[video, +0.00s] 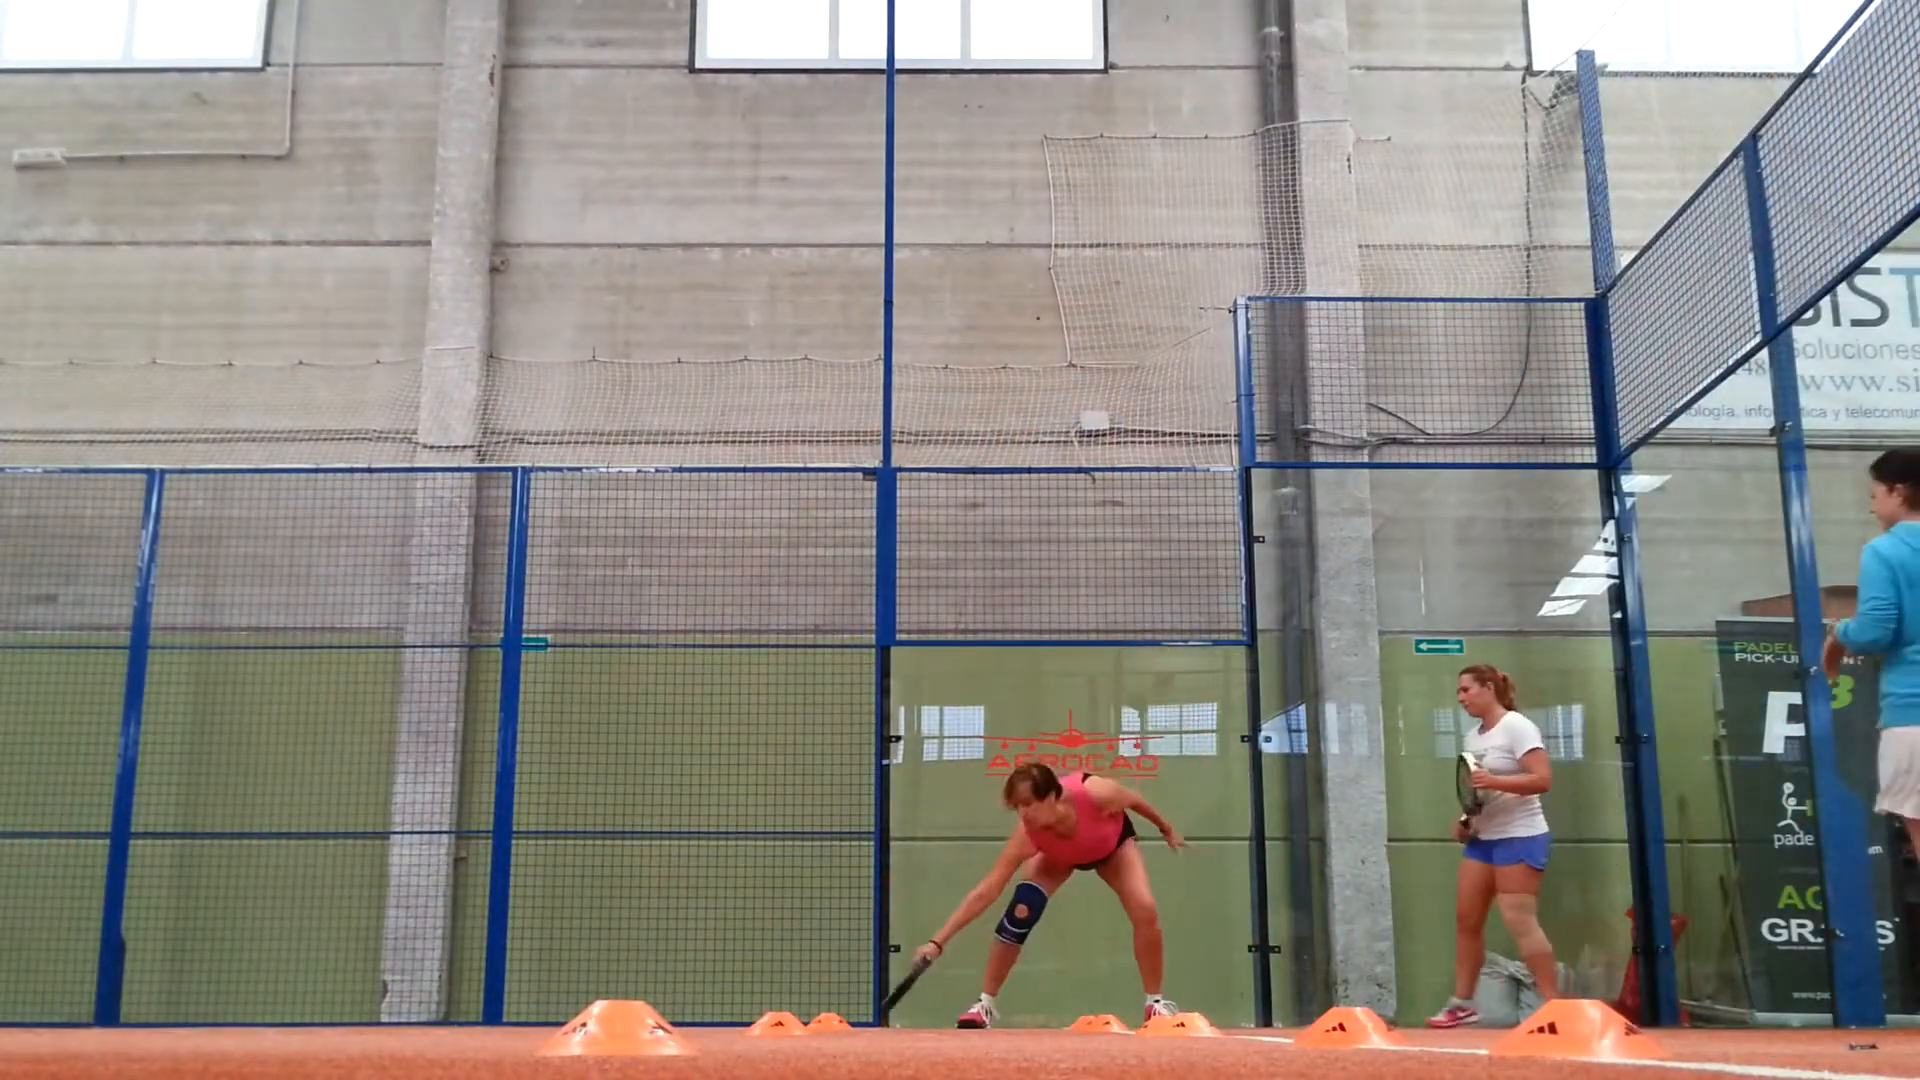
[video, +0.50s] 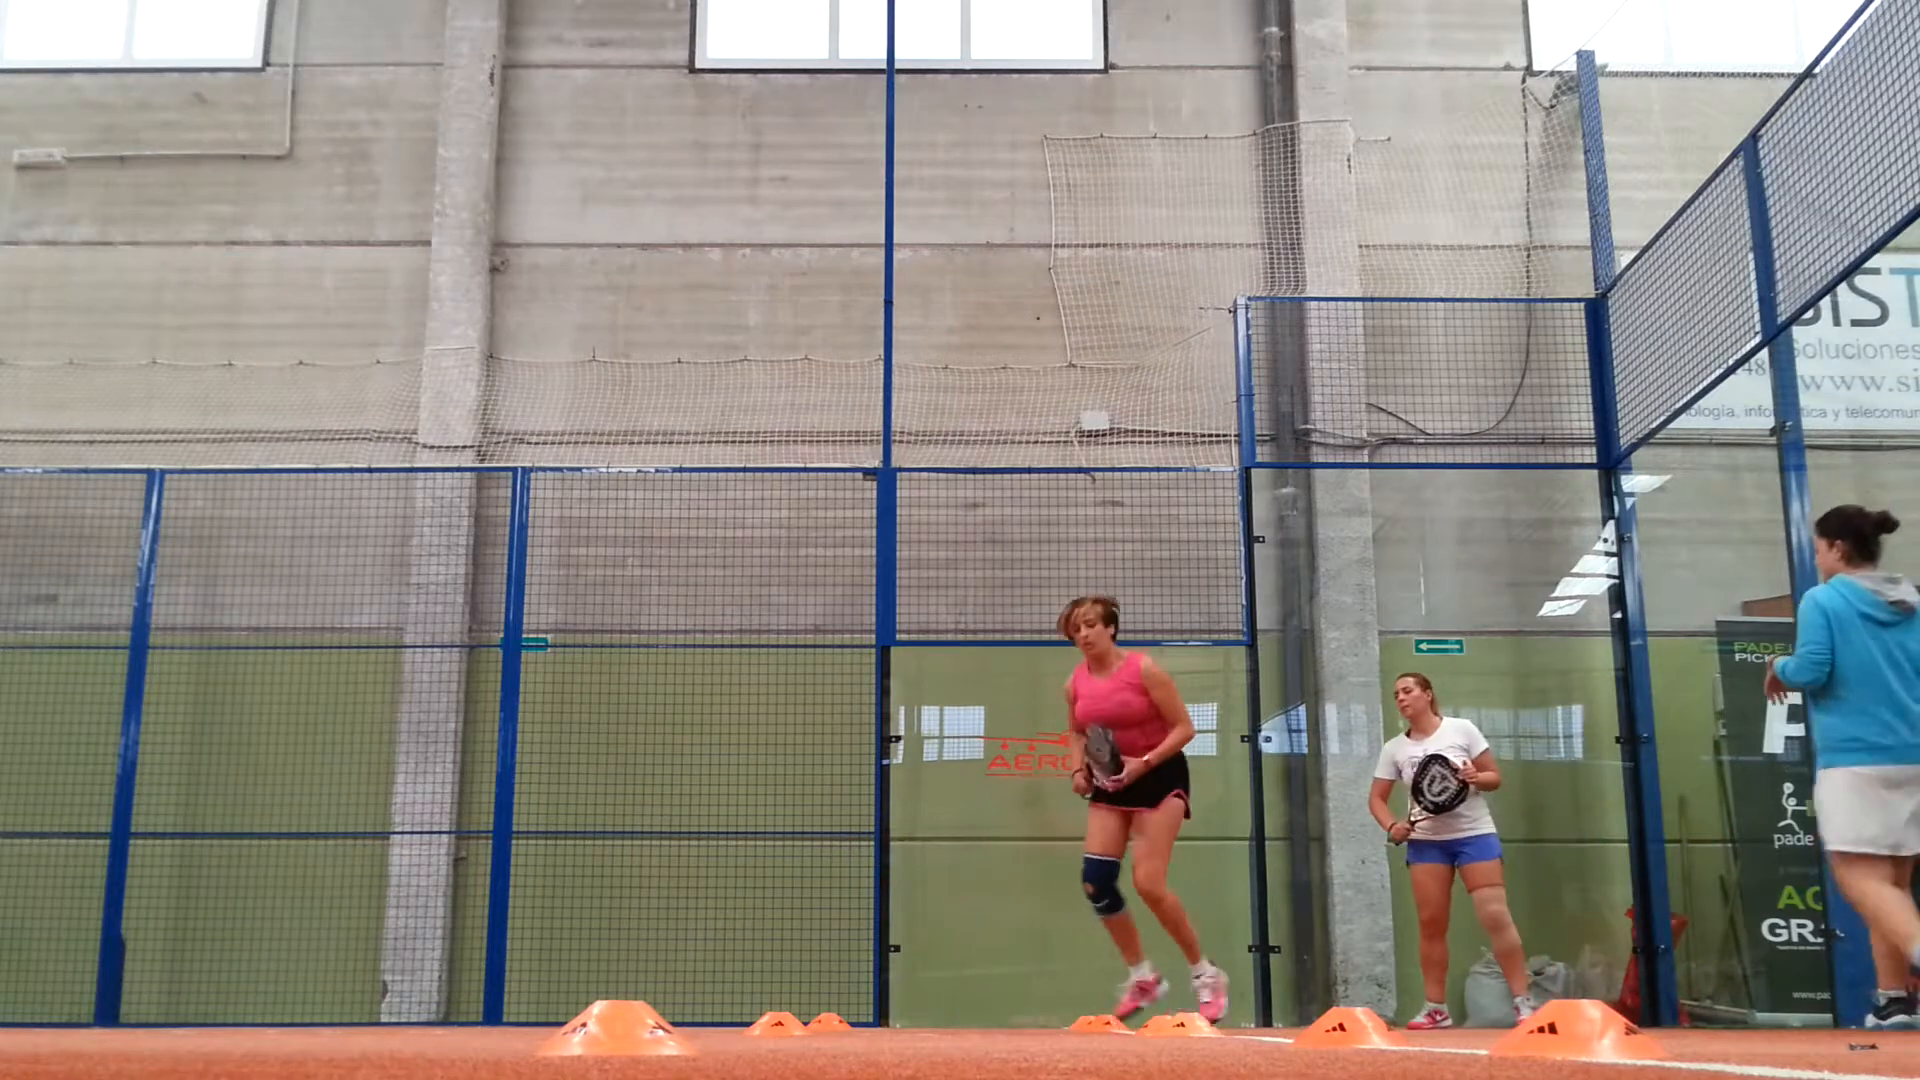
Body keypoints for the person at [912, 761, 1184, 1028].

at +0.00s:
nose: (1023, 815)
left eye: (1028, 806)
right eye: (1019, 808)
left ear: (1053, 798)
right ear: (1018, 807)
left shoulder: (1097, 793)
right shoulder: (1027, 835)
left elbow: (1136, 802)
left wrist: (1167, 829)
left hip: (1111, 846)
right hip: (1056, 855)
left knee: (1146, 910)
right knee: (1020, 912)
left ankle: (1155, 1004)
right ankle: (985, 1005)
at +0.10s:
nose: (1033, 789)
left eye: (1040, 780)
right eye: (1027, 783)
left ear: (1063, 776)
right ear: (1024, 786)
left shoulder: (1101, 784)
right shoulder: (1028, 813)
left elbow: (1150, 815)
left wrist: (1185, 860)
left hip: (1110, 844)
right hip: (1052, 850)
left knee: (1143, 914)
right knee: (1019, 913)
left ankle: (1158, 1003)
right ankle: (984, 1005)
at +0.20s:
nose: (1054, 744)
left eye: (1060, 734)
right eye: (1047, 737)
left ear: (1080, 734)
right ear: (1040, 742)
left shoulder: (1115, 757)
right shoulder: (1043, 771)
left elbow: (1158, 808)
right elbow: (1012, 818)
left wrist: (1167, 862)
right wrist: (996, 862)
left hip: (1122, 835)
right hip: (1064, 835)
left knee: (1146, 915)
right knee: (1026, 911)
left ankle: (1157, 1002)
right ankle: (987, 1004)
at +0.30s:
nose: (1069, 687)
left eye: (1075, 678)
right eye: (1062, 681)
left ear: (1092, 678)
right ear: (1056, 686)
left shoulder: (1125, 711)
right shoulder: (1056, 727)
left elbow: (1162, 768)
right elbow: (1035, 771)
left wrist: (1148, 812)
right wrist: (1033, 811)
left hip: (1138, 809)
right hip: (1086, 810)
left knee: (1145, 907)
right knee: (1046, 898)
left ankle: (1157, 1000)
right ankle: (1014, 997)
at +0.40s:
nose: (1076, 647)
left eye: (1083, 638)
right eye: (1069, 641)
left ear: (1101, 639)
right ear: (1064, 648)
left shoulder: (1137, 677)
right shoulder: (1065, 693)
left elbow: (1175, 734)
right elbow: (1056, 738)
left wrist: (1144, 772)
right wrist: (1059, 773)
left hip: (1149, 786)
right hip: (1096, 789)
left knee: (1146, 892)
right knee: (1069, 880)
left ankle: (1170, 983)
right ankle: (1089, 980)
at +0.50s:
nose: (1085, 633)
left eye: (1092, 624)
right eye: (1078, 628)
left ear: (1111, 628)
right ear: (1072, 636)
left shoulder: (1144, 670)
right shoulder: (1076, 683)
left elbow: (1185, 729)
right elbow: (1077, 733)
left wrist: (1144, 763)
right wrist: (1079, 765)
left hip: (1160, 777)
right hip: (1108, 783)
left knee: (1149, 883)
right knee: (1097, 884)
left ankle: (1206, 974)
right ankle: (1143, 976)